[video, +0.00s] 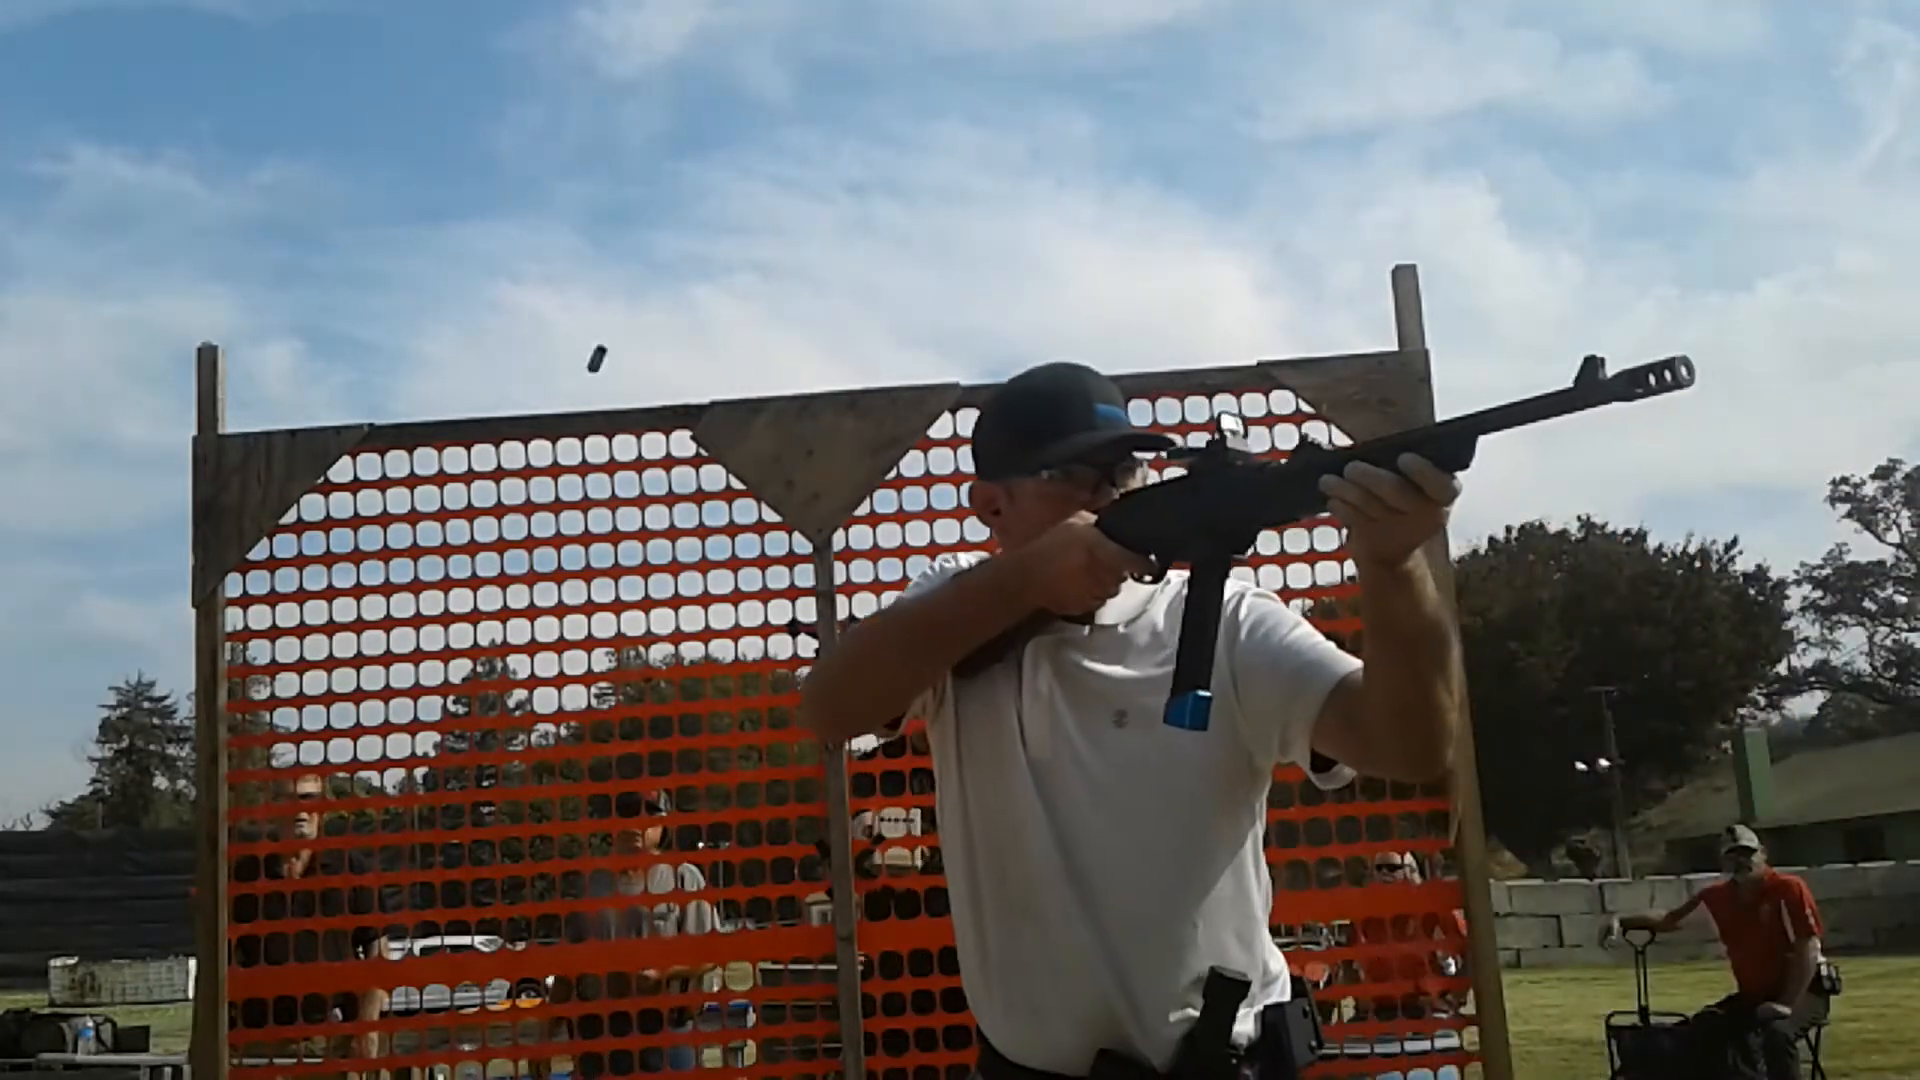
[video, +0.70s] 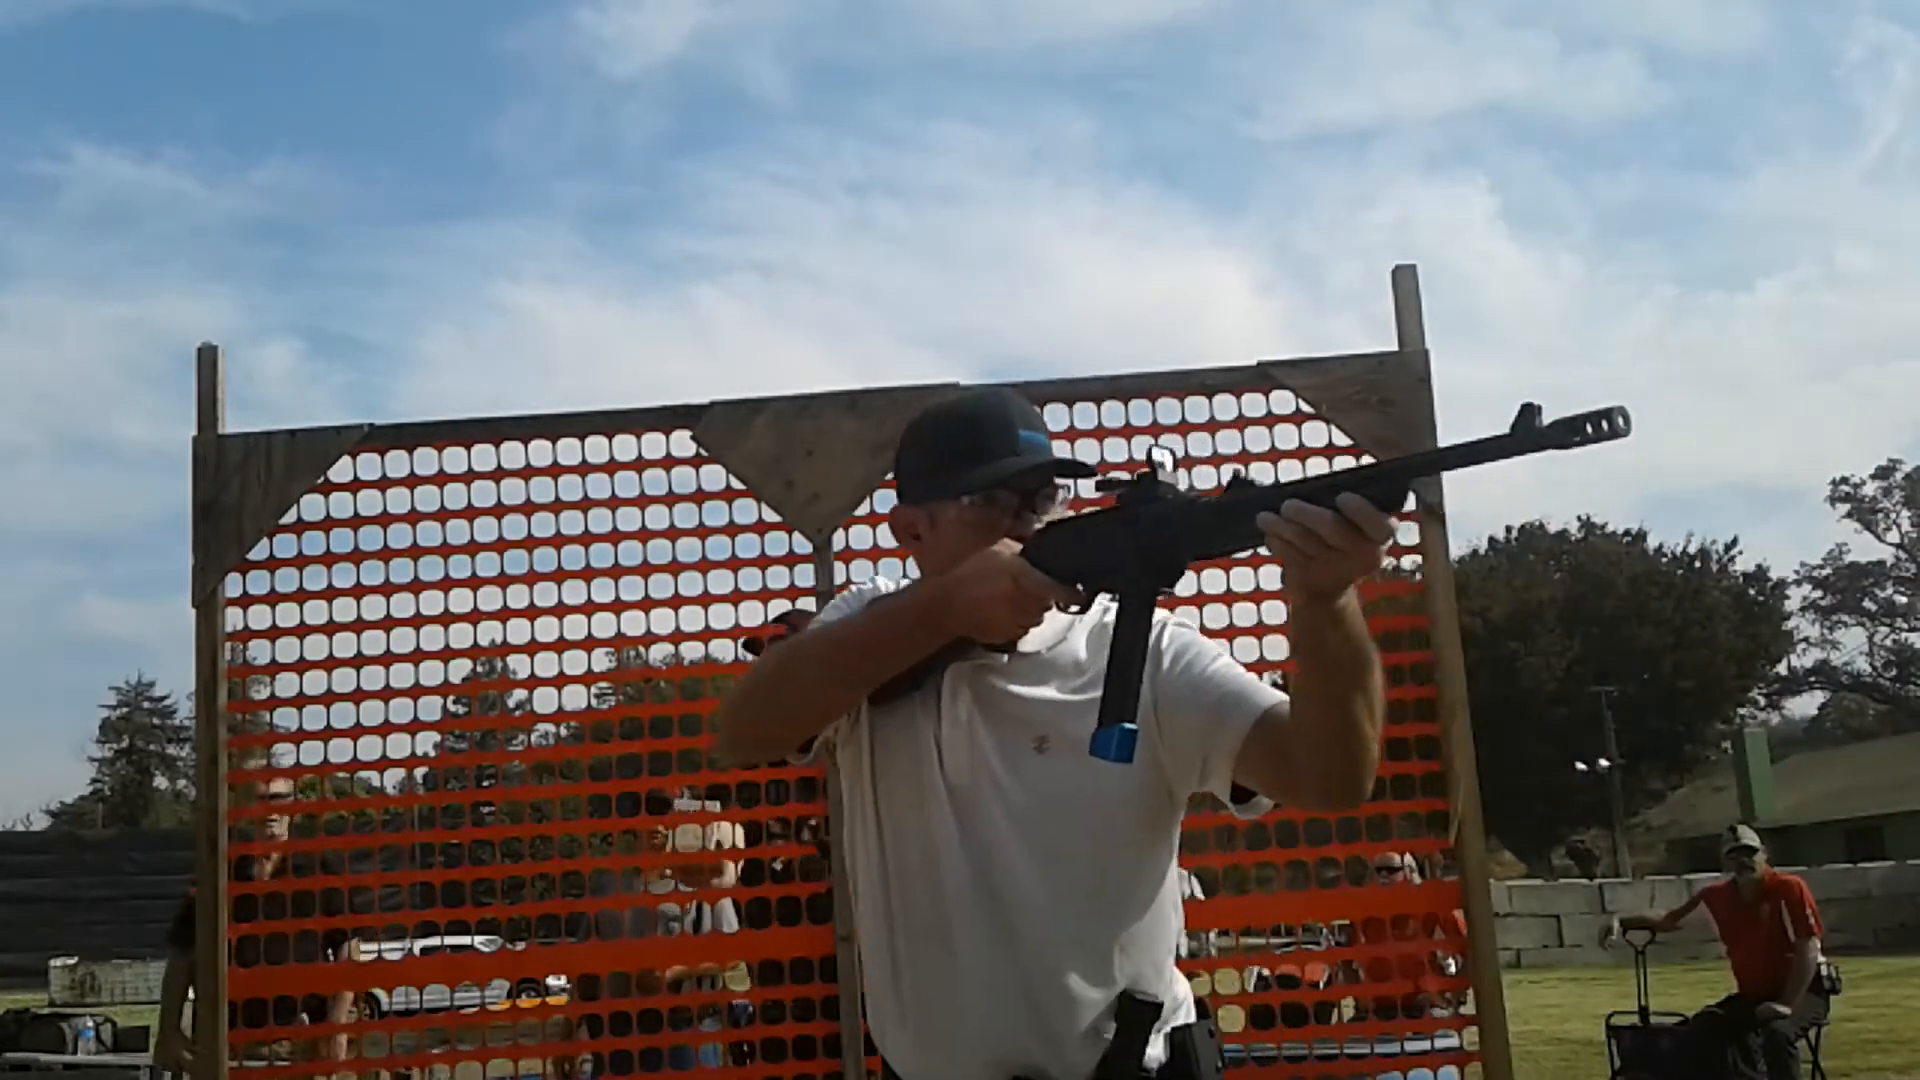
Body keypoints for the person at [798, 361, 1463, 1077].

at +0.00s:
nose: (1112, 498)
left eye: (1123, 472)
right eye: (1077, 477)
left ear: (1144, 479)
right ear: (993, 503)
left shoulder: (1224, 621)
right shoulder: (952, 624)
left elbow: (1413, 750)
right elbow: (828, 707)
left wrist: (1397, 571)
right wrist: (1024, 580)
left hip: (1227, 1052)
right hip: (1027, 1059)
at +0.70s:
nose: (1028, 526)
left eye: (1044, 497)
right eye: (994, 503)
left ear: (1066, 504)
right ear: (911, 530)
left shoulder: (1140, 652)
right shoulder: (864, 637)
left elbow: (1330, 774)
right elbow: (742, 733)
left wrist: (1324, 607)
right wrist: (943, 608)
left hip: (1133, 1058)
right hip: (930, 1064)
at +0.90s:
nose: (957, 528)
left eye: (973, 500)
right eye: (924, 505)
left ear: (996, 509)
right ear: (839, 532)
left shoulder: (1065, 654)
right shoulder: (797, 633)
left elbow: (1246, 781)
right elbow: (664, 735)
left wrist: (1244, 617)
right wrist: (870, 610)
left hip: (1056, 1056)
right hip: (860, 1064)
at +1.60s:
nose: (865, 523)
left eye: (885, 494)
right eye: (829, 500)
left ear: (917, 505)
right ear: (762, 525)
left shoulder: (996, 641)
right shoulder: (732, 645)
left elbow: (1175, 773)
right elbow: (587, 741)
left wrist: (1147, 601)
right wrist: (786, 613)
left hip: (1008, 1055)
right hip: (812, 1061)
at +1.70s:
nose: (824, 520)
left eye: (846, 495)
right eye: (797, 499)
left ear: (893, 507)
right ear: (761, 523)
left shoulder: (986, 643)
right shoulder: (741, 671)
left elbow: (1137, 786)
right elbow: (591, 755)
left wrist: (1051, 608)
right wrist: (762, 627)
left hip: (1018, 1054)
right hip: (826, 1063)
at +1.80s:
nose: (805, 523)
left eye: (834, 495)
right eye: (779, 506)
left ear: (904, 516)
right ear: (761, 528)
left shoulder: (986, 635)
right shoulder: (777, 677)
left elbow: (1019, 780)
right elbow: (618, 756)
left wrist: (844, 613)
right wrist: (734, 631)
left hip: (1011, 1053)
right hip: (838, 1061)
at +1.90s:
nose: (758, 547)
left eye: (786, 518)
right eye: (747, 526)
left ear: (877, 519)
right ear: (738, 539)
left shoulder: (942, 642)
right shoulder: (818, 653)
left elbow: (835, 770)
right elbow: (683, 758)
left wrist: (598, 631)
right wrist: (661, 651)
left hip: (977, 1056)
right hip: (843, 1054)